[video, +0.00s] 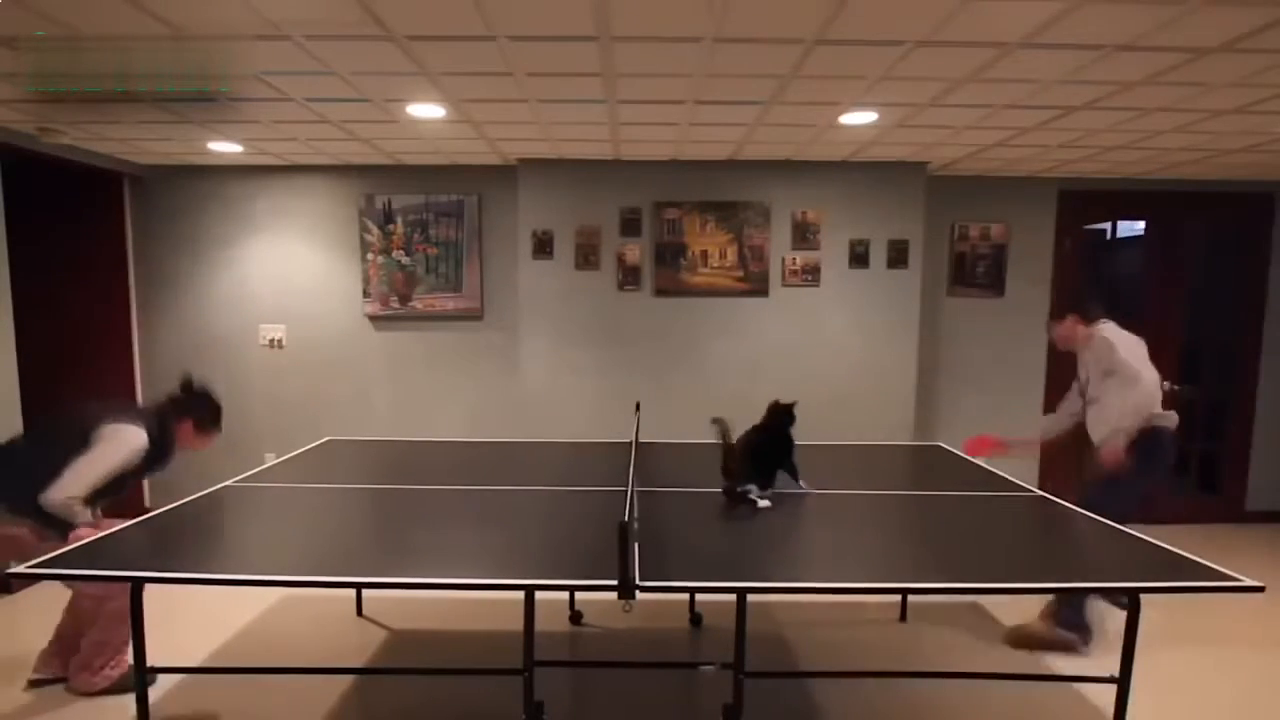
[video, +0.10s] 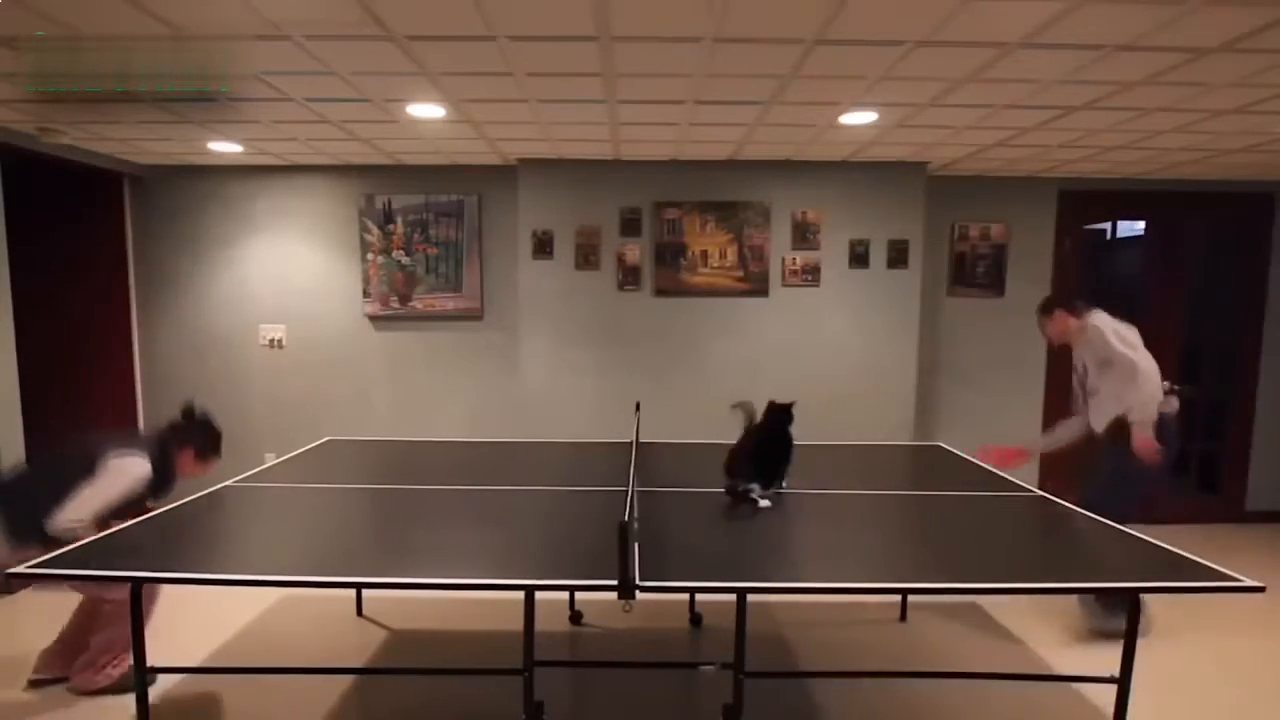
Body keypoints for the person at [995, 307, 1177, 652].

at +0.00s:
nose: (1055, 340)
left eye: (1057, 330)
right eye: (1052, 333)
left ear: (1074, 321)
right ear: (1070, 325)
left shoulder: (1108, 337)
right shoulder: (1088, 357)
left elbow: (1145, 385)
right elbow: (1065, 416)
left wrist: (1117, 436)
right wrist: (1011, 442)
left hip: (1147, 440)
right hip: (1125, 446)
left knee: (1089, 520)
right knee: (1087, 521)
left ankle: (1070, 621)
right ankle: (1066, 617)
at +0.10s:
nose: (1048, 336)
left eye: (1047, 327)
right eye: (1045, 330)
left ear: (1062, 316)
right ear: (1059, 321)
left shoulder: (1098, 325)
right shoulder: (1081, 351)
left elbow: (1146, 368)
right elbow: (1084, 419)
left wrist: (1143, 426)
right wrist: (1031, 447)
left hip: (1142, 428)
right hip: (1119, 430)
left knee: (1102, 512)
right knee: (1096, 512)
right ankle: (1111, 601)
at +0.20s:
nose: (1042, 331)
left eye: (1041, 323)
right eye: (1039, 325)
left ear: (1054, 311)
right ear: (1055, 314)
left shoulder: (1090, 321)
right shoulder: (1079, 337)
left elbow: (1124, 370)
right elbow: (1103, 409)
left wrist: (1118, 424)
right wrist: (1073, 453)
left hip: (1147, 420)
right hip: (1135, 423)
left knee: (1111, 506)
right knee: (1111, 506)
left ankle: (1152, 600)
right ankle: (1141, 595)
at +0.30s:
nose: (1028, 344)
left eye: (1027, 335)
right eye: (1025, 337)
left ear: (1041, 324)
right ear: (1042, 324)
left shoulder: (1074, 341)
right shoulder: (1073, 340)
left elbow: (1097, 395)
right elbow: (1099, 398)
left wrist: (1089, 452)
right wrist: (1085, 453)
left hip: (1144, 423)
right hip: (1138, 422)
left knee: (1125, 510)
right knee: (1119, 508)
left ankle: (1151, 601)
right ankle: (1144, 596)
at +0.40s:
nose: (1013, 367)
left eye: (1012, 358)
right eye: (1009, 361)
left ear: (1025, 347)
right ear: (1027, 348)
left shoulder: (1059, 361)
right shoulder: (1059, 359)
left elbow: (1088, 411)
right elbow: (1090, 416)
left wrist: (1085, 466)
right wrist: (1073, 465)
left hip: (1142, 431)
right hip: (1141, 430)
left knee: (1124, 517)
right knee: (1122, 516)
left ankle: (1153, 603)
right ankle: (1146, 599)